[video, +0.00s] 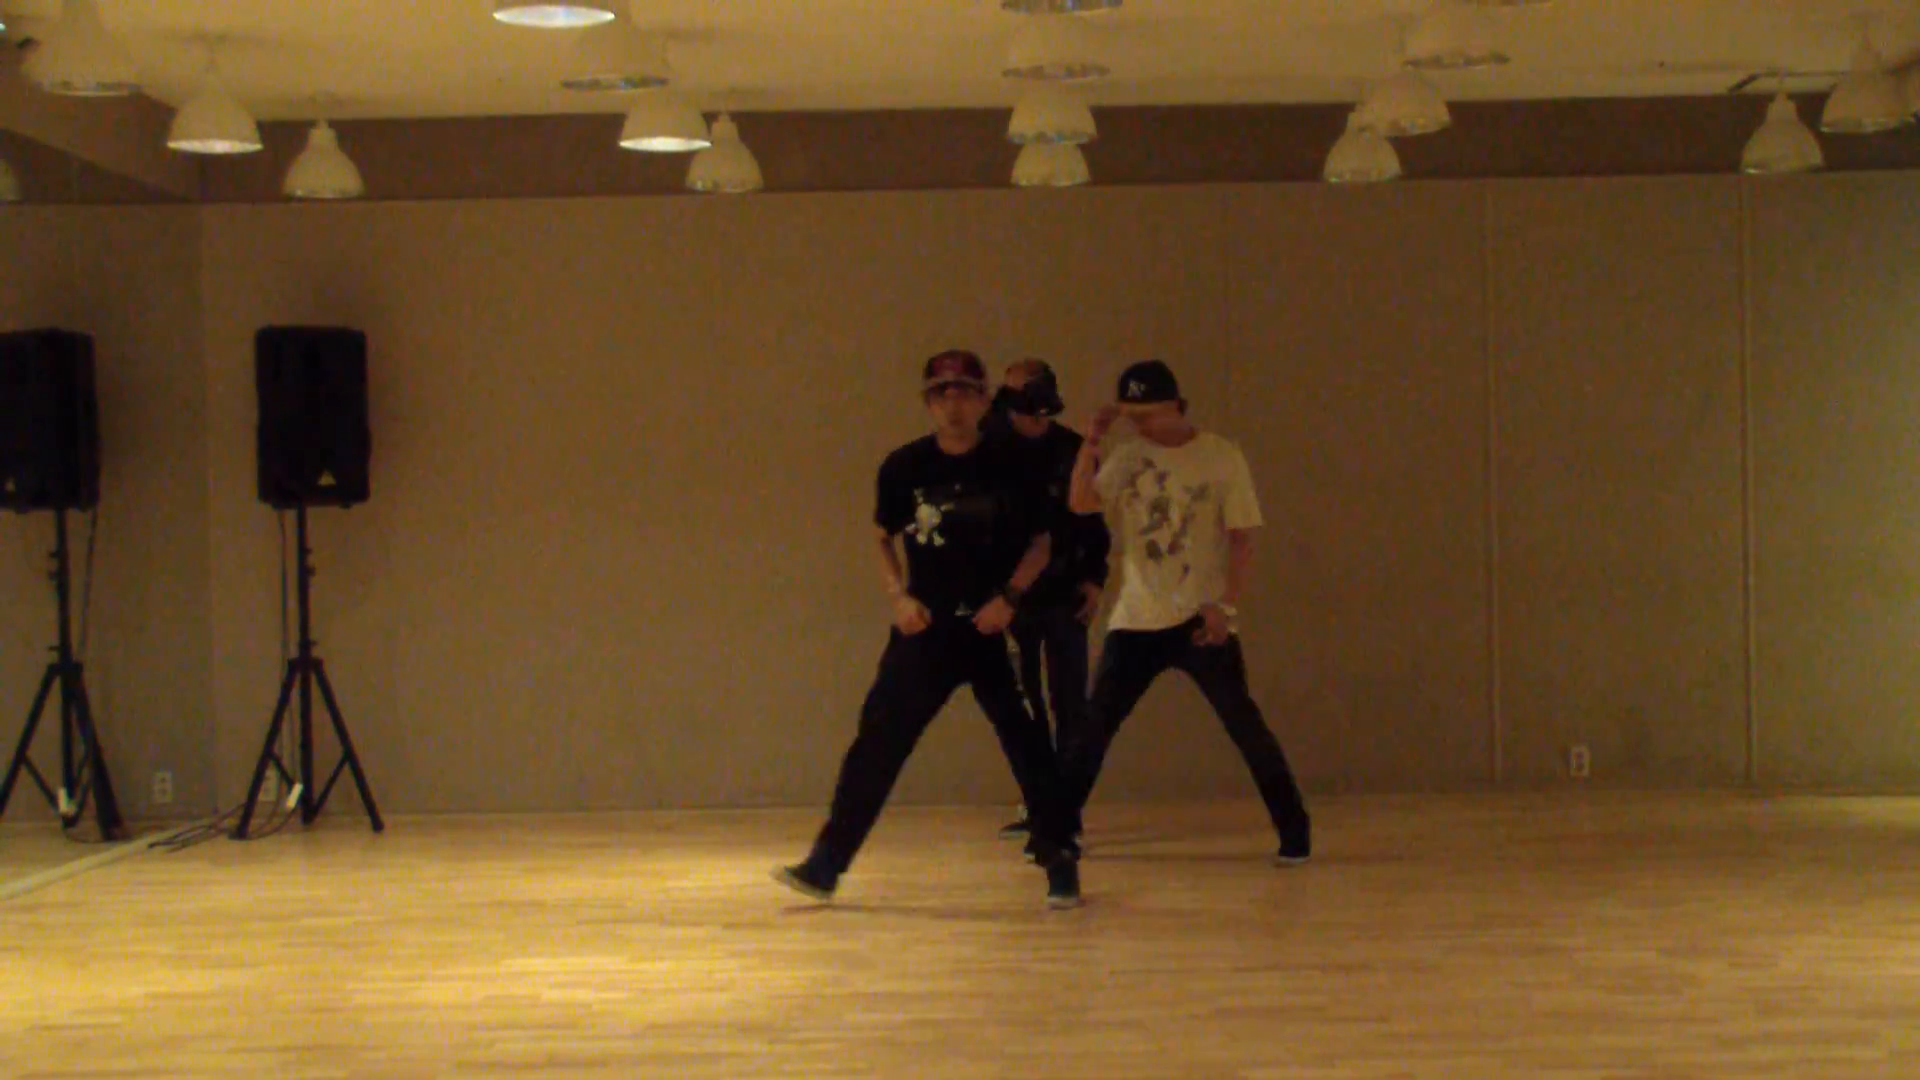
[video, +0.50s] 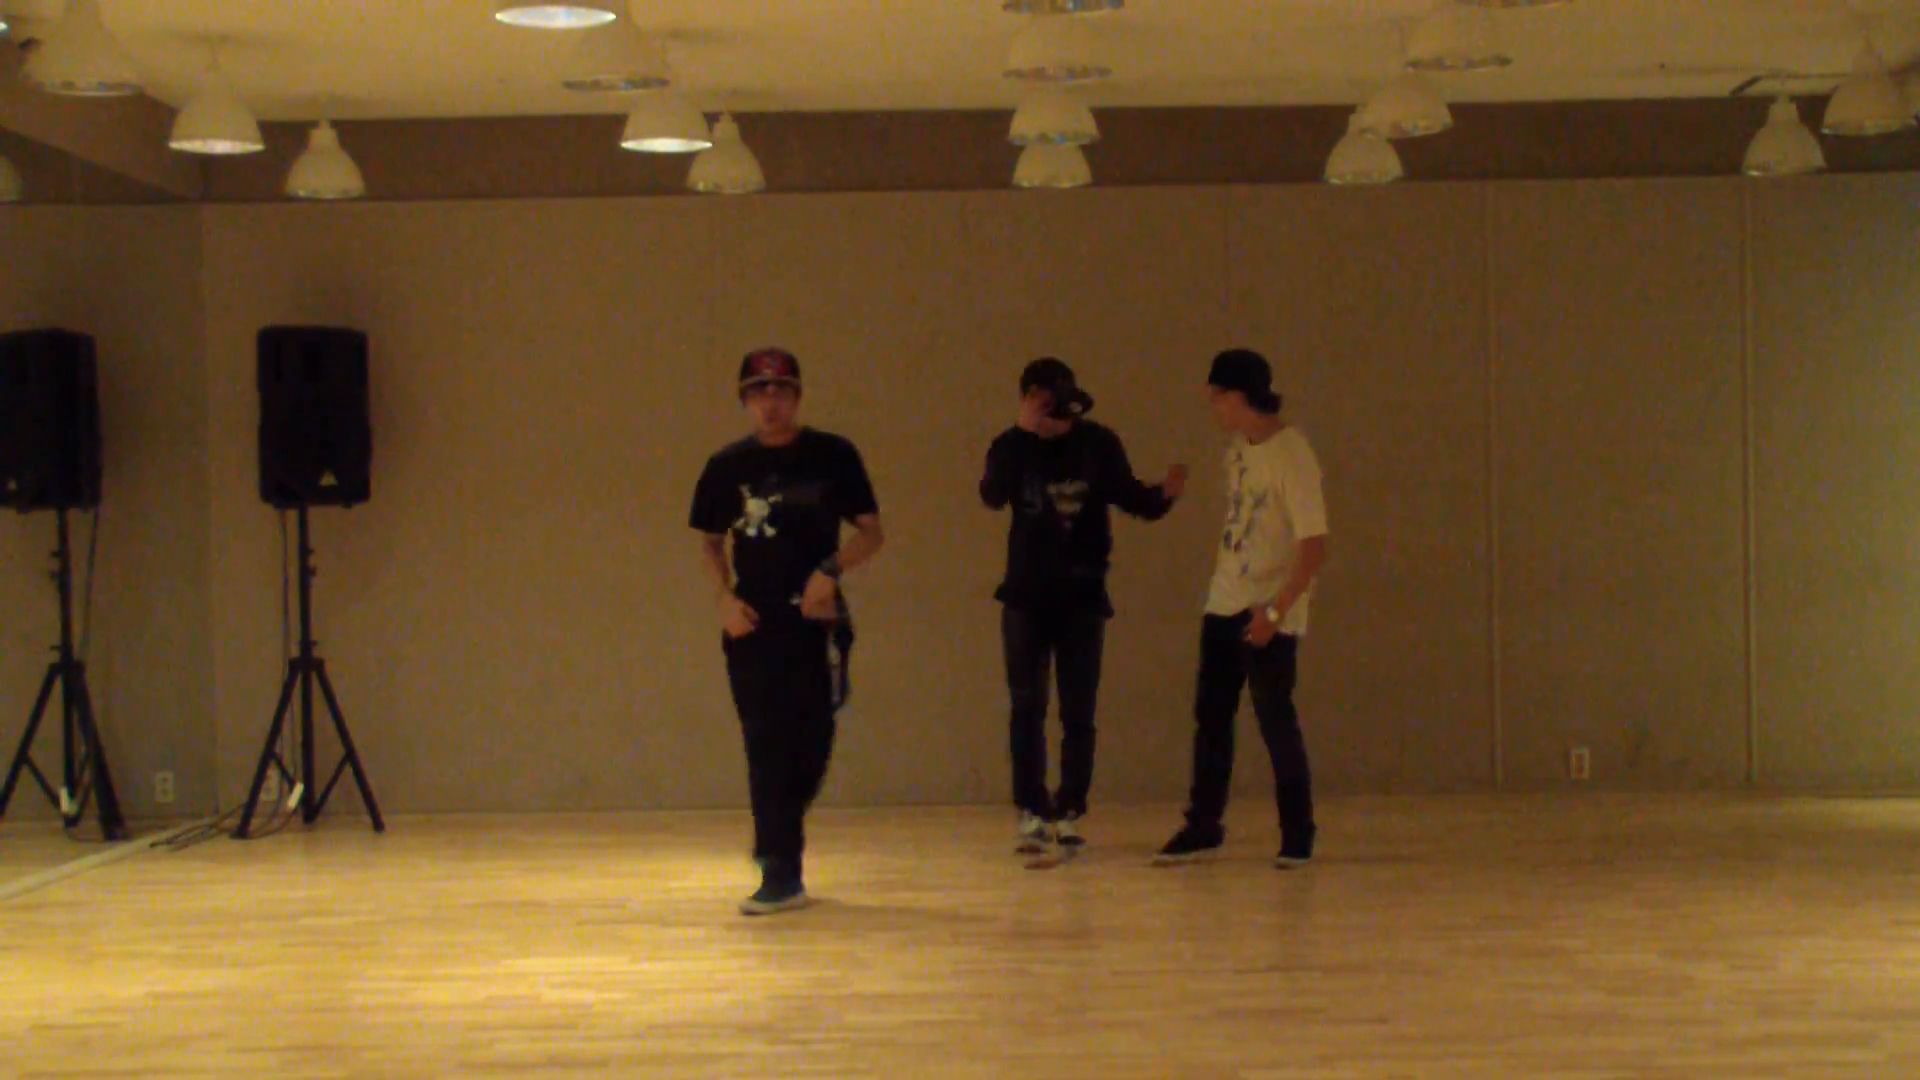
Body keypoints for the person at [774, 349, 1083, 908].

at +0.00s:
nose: (952, 402)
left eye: (964, 390)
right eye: (941, 392)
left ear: (984, 398)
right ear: (927, 402)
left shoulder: (1016, 463)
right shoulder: (904, 467)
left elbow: (1043, 542)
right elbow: (885, 537)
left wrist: (1009, 597)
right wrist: (899, 596)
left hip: (992, 631)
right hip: (926, 632)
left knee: (1028, 740)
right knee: (879, 738)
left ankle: (1060, 861)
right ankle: (826, 862)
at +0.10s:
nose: (902, 410)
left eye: (912, 398)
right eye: (890, 400)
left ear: (933, 403)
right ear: (878, 409)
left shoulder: (967, 465)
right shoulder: (862, 474)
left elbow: (998, 544)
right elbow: (845, 549)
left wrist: (973, 597)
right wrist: (863, 603)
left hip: (951, 640)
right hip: (888, 640)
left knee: (1007, 744)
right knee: (844, 750)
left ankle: (1053, 858)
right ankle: (800, 871)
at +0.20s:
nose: (850, 414)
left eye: (860, 401)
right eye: (839, 404)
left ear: (881, 404)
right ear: (828, 412)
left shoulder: (924, 462)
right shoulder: (815, 475)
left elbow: (949, 539)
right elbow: (795, 552)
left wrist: (926, 591)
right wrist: (816, 606)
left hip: (913, 633)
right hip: (844, 636)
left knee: (971, 746)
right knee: (807, 760)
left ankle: (1021, 858)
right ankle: (787, 879)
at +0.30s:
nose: (813, 406)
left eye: (824, 394)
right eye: (802, 397)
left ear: (844, 397)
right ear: (791, 405)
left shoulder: (886, 453)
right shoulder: (777, 469)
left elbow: (914, 530)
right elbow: (757, 545)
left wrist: (893, 581)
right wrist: (783, 602)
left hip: (880, 623)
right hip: (811, 627)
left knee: (919, 741)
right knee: (790, 752)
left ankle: (936, 865)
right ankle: (786, 876)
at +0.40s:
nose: (787, 404)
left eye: (797, 391)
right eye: (776, 393)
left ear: (818, 396)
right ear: (763, 403)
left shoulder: (855, 452)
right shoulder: (746, 467)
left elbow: (891, 526)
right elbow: (727, 542)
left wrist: (864, 575)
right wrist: (753, 599)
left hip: (844, 625)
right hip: (781, 629)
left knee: (859, 750)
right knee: (782, 757)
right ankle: (785, 875)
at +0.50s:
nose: (772, 401)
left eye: (782, 389)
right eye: (759, 391)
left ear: (799, 396)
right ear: (744, 401)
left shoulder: (833, 456)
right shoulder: (726, 467)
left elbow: (871, 531)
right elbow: (710, 541)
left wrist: (831, 571)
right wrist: (725, 597)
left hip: (814, 627)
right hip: (753, 629)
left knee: (809, 748)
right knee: (766, 748)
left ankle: (777, 839)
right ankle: (779, 873)